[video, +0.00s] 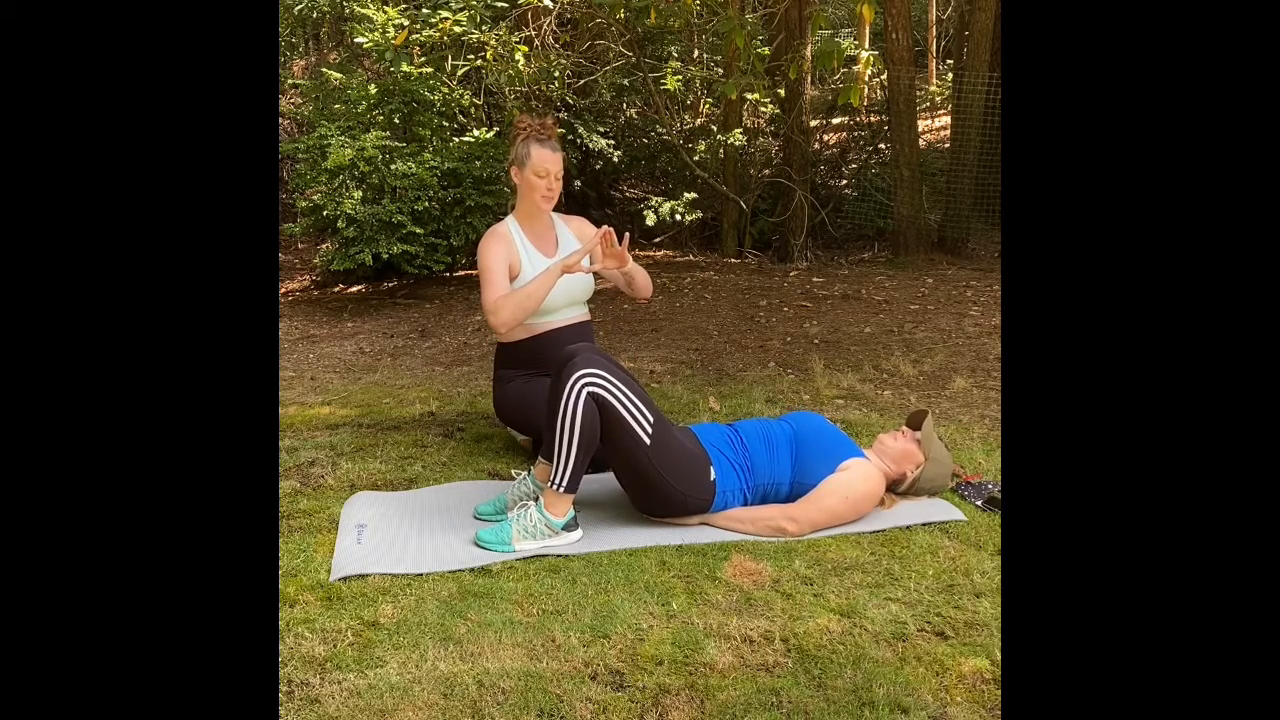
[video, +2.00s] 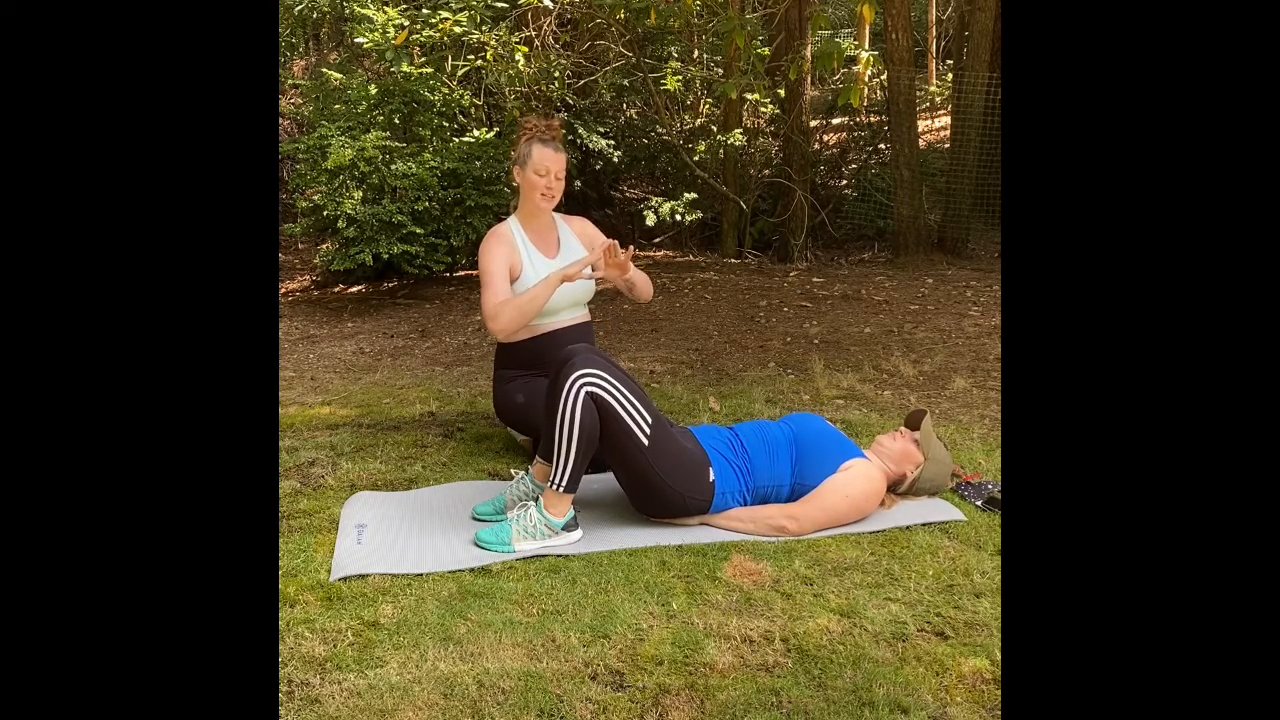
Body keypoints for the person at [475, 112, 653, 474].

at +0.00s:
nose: (552, 186)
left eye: (558, 176)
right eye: (541, 176)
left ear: (564, 177)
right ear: (515, 175)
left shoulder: (578, 229)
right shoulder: (497, 243)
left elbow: (643, 293)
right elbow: (500, 321)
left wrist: (627, 269)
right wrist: (556, 269)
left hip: (584, 364)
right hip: (523, 377)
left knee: (643, 439)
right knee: (606, 447)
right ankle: (541, 451)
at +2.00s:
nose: (552, 186)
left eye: (560, 177)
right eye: (542, 175)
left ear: (566, 179)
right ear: (517, 174)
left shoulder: (580, 229)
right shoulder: (499, 243)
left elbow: (645, 295)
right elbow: (499, 324)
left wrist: (627, 276)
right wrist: (558, 277)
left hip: (584, 364)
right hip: (523, 377)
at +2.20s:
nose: (549, 181)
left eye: (558, 173)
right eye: (539, 171)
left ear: (565, 179)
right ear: (518, 174)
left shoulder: (583, 231)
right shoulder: (502, 242)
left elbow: (626, 289)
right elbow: (491, 336)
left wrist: (629, 302)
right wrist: (564, 320)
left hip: (581, 368)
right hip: (521, 381)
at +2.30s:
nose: (551, 181)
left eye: (559, 172)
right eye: (540, 170)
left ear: (566, 178)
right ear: (519, 175)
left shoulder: (584, 232)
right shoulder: (503, 243)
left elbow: (620, 299)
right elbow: (491, 342)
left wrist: (625, 337)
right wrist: (569, 355)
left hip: (586, 367)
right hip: (523, 377)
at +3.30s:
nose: (563, 187)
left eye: (571, 177)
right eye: (553, 176)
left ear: (579, 181)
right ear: (531, 179)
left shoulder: (594, 234)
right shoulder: (511, 248)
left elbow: (617, 323)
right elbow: (526, 348)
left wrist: (616, 384)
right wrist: (590, 396)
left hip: (586, 367)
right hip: (526, 378)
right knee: (605, 441)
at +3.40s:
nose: (563, 186)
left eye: (571, 177)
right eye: (552, 176)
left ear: (579, 180)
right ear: (531, 179)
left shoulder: (595, 234)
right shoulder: (512, 247)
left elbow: (618, 324)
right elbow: (526, 349)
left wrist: (617, 384)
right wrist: (589, 396)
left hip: (589, 371)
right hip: (524, 380)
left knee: (584, 350)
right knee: (607, 444)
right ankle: (533, 465)